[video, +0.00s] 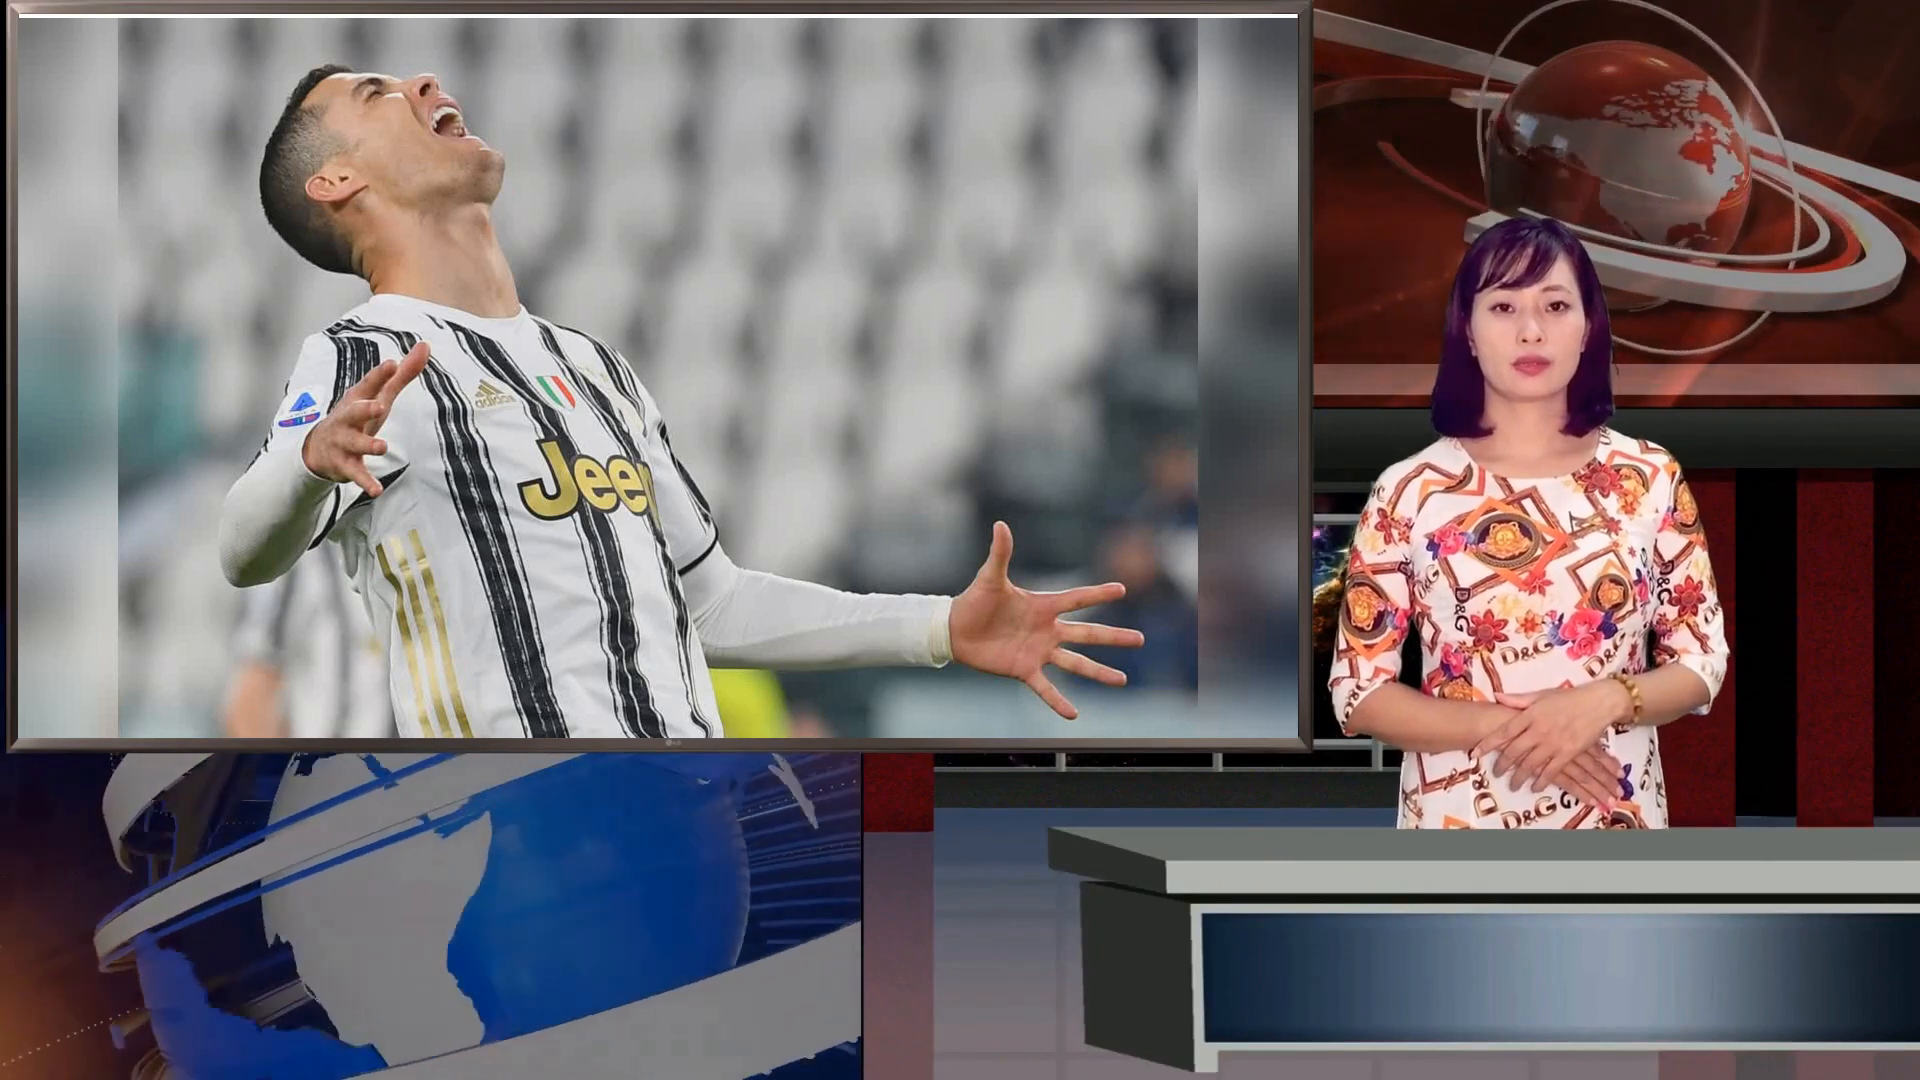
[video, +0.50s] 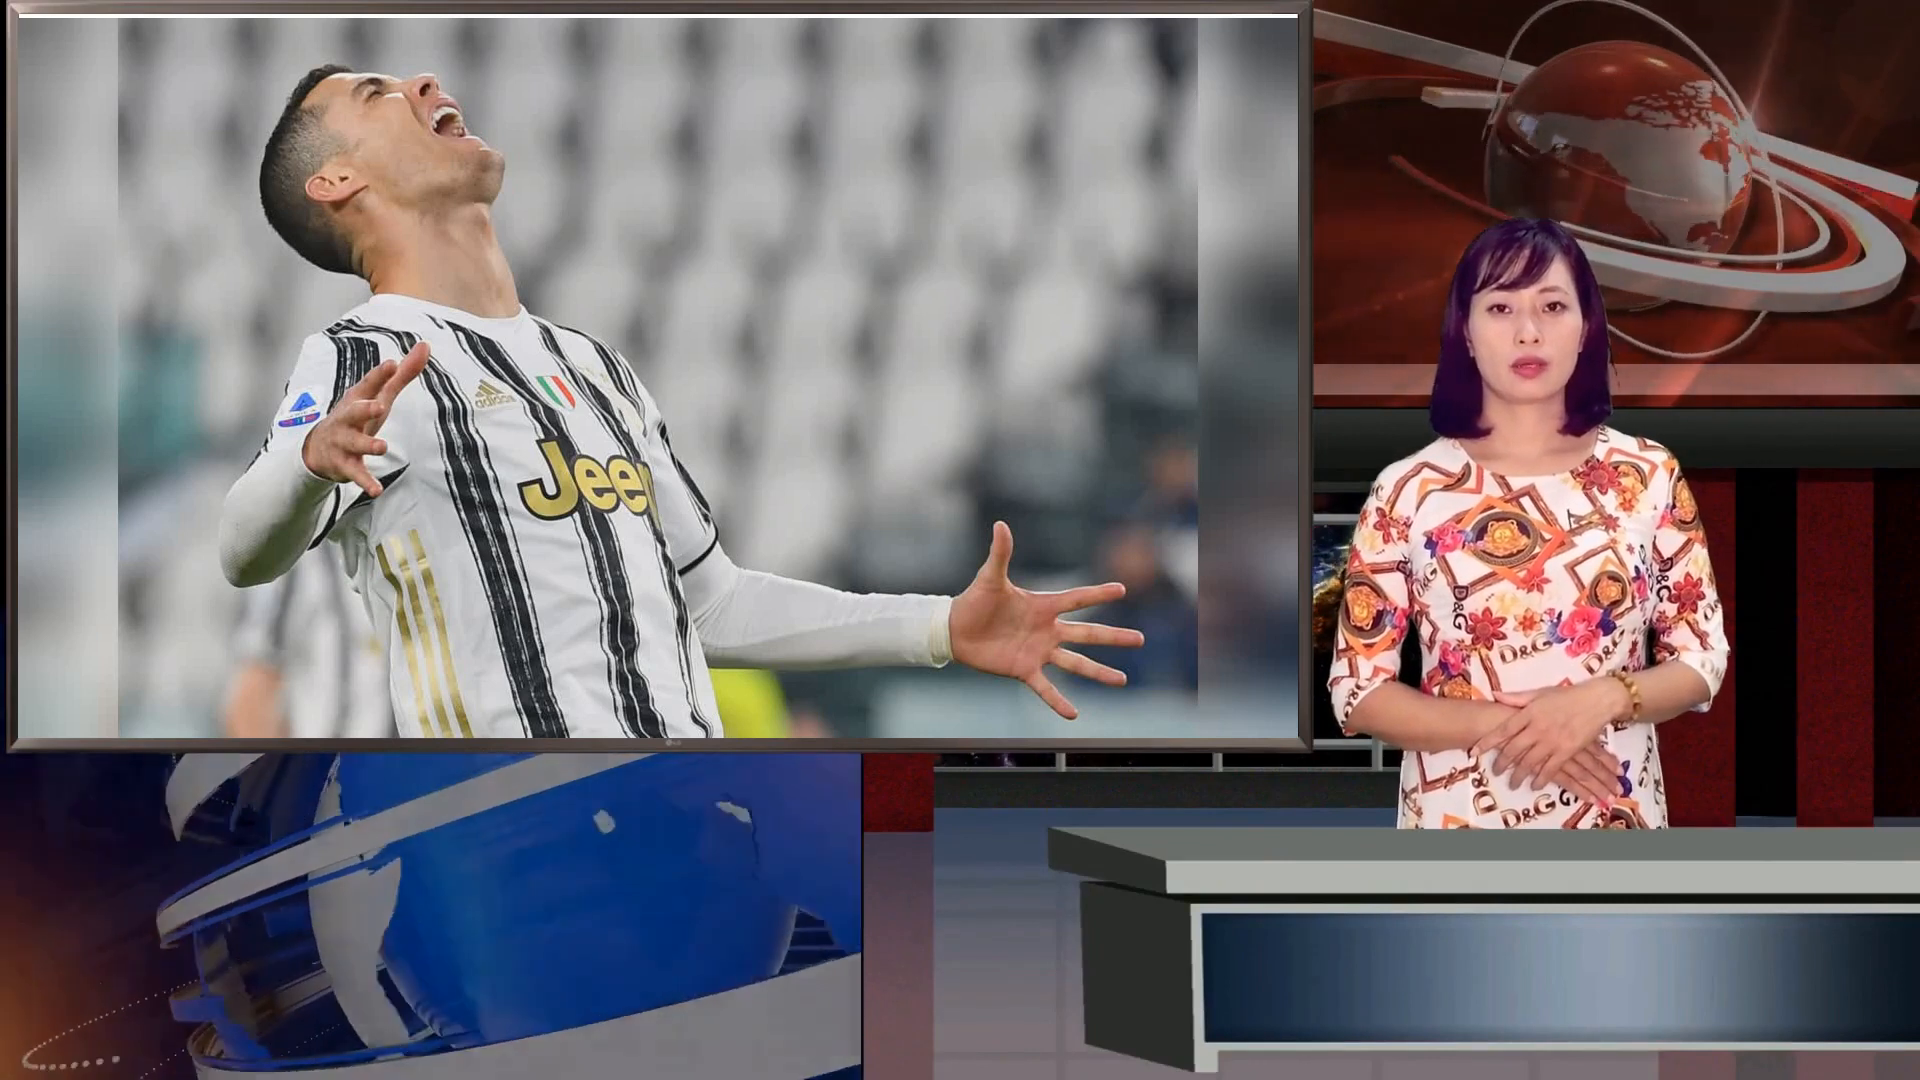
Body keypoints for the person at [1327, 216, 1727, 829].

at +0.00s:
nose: (1531, 330)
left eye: (1555, 306)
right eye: (1503, 307)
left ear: (1589, 326)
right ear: (1466, 328)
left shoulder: (1648, 478)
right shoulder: (1407, 492)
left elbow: (1702, 661)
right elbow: (1357, 691)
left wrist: (1604, 701)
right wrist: (1516, 731)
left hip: (1615, 830)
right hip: (1458, 830)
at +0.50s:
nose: (1528, 331)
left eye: (1553, 307)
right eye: (1501, 309)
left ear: (1586, 326)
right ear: (1464, 329)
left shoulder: (1646, 477)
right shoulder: (1406, 491)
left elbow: (1702, 659)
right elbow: (1357, 691)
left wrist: (1602, 699)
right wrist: (1516, 729)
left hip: (1614, 831)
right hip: (1457, 830)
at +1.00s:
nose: (1530, 330)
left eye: (1555, 306)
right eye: (1502, 308)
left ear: (1588, 327)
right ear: (1467, 330)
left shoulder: (1647, 478)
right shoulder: (1407, 491)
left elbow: (1701, 660)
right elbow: (1357, 689)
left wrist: (1602, 700)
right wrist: (1513, 729)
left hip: (1613, 831)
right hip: (1457, 830)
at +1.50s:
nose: (1531, 329)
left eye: (1555, 305)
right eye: (1502, 307)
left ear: (1588, 326)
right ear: (1466, 328)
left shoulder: (1647, 479)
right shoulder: (1406, 492)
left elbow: (1704, 668)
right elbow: (1355, 689)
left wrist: (1652, 682)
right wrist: (1498, 724)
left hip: (1613, 833)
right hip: (1456, 832)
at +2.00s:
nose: (1531, 329)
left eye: (1556, 306)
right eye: (1503, 308)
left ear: (1588, 326)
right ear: (1467, 329)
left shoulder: (1647, 479)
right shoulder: (1407, 491)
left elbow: (1707, 660)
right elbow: (1355, 689)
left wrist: (1608, 700)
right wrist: (1492, 722)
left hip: (1613, 830)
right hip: (1457, 829)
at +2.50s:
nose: (1529, 330)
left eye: (1554, 307)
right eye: (1502, 309)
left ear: (1588, 326)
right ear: (1466, 330)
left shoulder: (1648, 478)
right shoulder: (1408, 490)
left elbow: (1704, 657)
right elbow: (1355, 688)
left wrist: (1602, 711)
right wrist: (1502, 728)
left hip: (1611, 829)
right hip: (1456, 829)